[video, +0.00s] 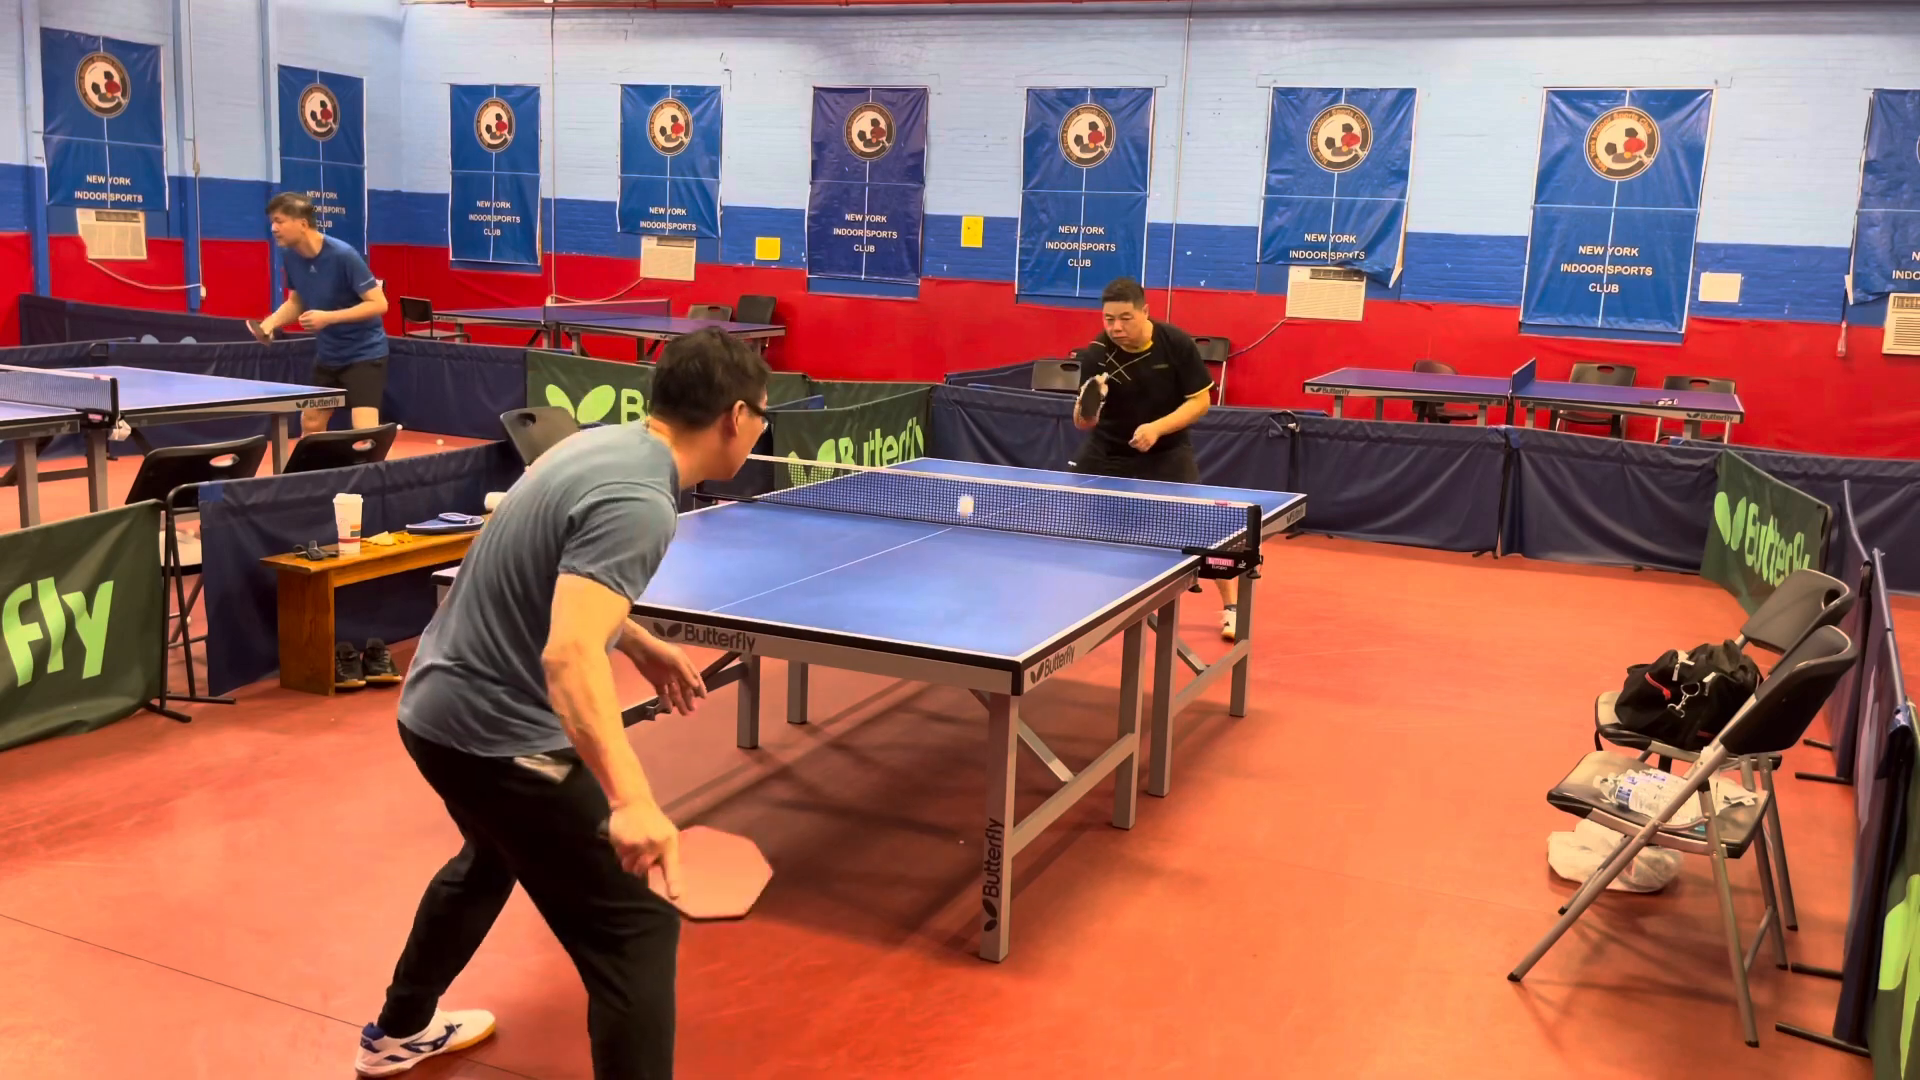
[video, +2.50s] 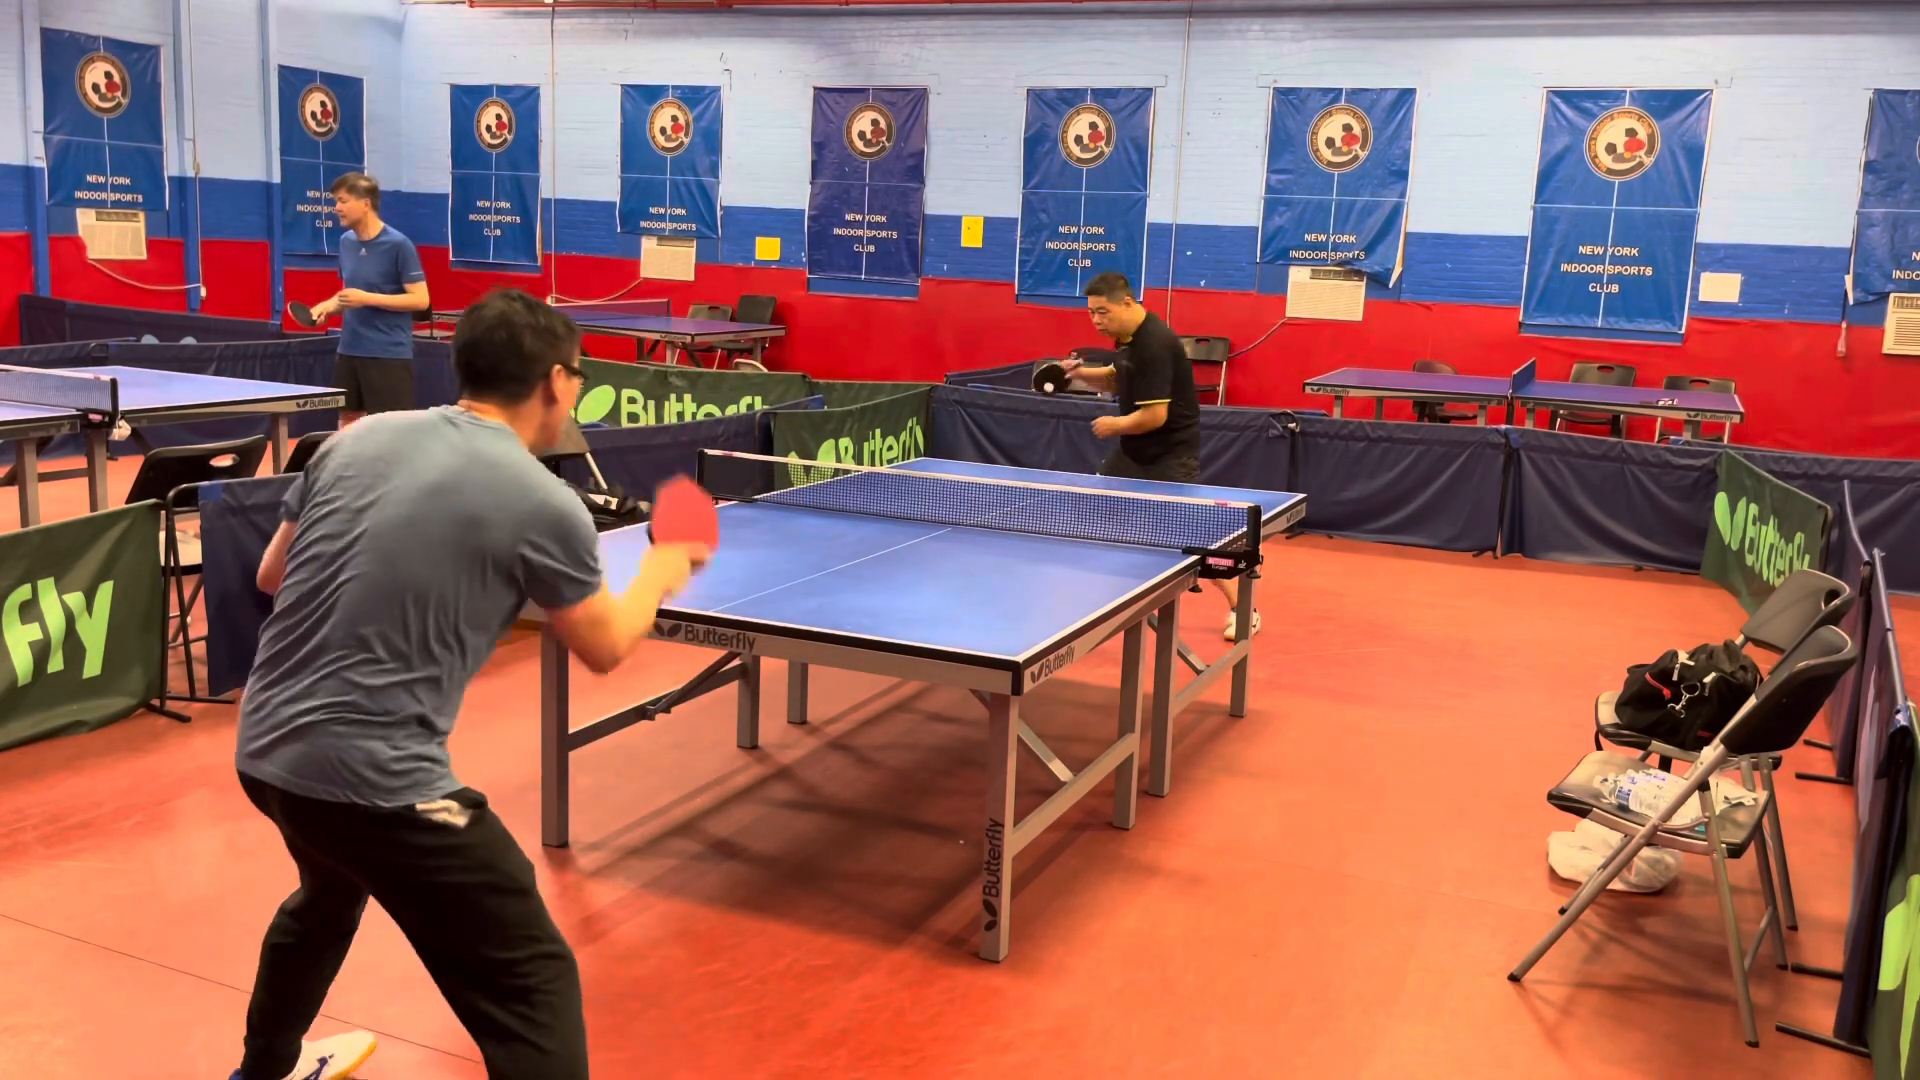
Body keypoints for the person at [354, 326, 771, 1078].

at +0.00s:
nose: (761, 431)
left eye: (762, 413)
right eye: (760, 413)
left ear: (665, 398)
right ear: (732, 417)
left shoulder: (597, 446)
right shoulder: (642, 499)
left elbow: (546, 575)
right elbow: (570, 658)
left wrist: (643, 645)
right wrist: (633, 802)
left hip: (435, 708)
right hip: (499, 734)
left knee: (494, 853)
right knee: (635, 928)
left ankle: (400, 1027)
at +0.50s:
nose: (703, 362)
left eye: (703, 347)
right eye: (701, 347)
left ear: (602, 348)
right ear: (681, 354)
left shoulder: (504, 420)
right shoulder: (693, 460)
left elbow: (437, 555)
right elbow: (761, 545)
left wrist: (501, 604)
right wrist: (785, 449)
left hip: (466, 736)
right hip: (587, 748)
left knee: (466, 856)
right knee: (696, 935)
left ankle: (424, 1034)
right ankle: (677, 1074)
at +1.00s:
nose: (708, 423)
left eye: (712, 406)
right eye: (708, 405)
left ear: (617, 386)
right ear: (674, 404)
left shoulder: (550, 444)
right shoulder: (568, 489)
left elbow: (524, 583)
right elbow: (481, 647)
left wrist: (633, 631)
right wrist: (539, 774)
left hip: (419, 722)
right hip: (460, 743)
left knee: (451, 883)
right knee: (601, 925)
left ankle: (320, 1050)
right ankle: (635, 1074)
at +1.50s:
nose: (578, 360)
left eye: (576, 344)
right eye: (576, 344)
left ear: (472, 343)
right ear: (554, 349)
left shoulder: (374, 416)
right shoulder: (560, 458)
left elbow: (305, 554)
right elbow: (633, 574)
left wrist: (410, 548)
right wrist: (660, 490)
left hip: (339, 733)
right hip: (454, 750)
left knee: (375, 868)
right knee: (564, 952)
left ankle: (317, 1058)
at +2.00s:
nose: (584, 404)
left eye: (587, 385)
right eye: (583, 383)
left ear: (524, 374)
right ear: (540, 378)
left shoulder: (447, 443)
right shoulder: (433, 466)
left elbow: (434, 596)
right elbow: (395, 641)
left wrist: (540, 635)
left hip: (360, 731)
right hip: (364, 746)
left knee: (401, 887)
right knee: (504, 947)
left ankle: (276, 1063)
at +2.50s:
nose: (576, 396)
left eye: (577, 377)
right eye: (575, 377)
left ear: (469, 371)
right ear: (551, 382)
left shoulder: (352, 441)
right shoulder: (536, 498)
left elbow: (271, 574)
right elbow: (603, 644)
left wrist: (389, 571)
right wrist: (664, 567)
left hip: (267, 754)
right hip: (380, 777)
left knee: (329, 891)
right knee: (532, 979)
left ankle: (264, 1065)